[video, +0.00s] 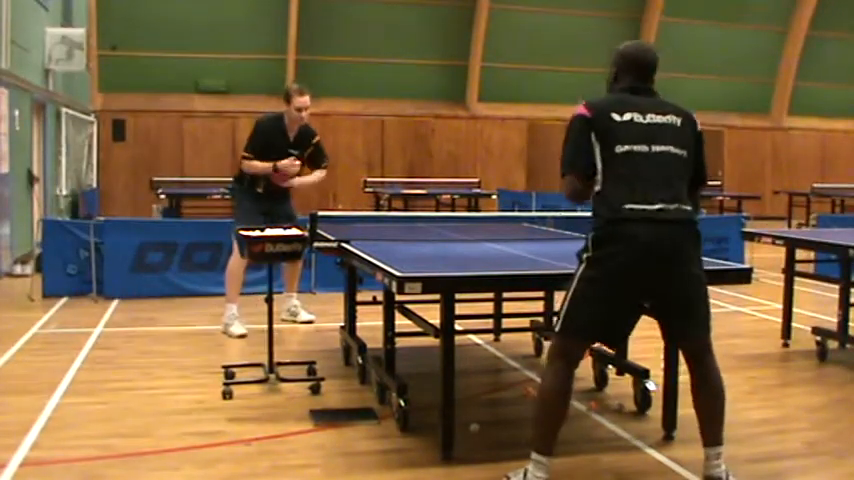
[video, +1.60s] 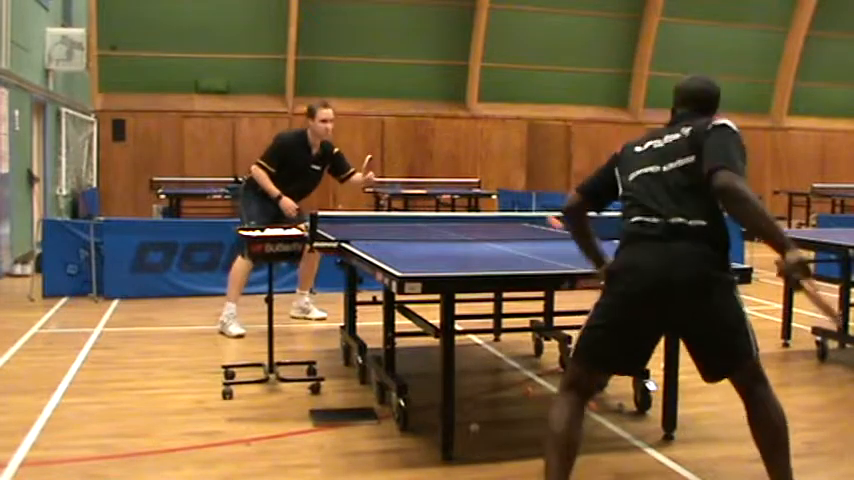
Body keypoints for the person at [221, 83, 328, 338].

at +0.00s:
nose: (304, 115)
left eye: (307, 109)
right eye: (299, 110)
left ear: (311, 108)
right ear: (287, 107)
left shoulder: (308, 134)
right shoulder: (266, 126)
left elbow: (322, 171)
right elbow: (245, 165)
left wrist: (295, 181)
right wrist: (277, 166)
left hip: (280, 192)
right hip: (250, 191)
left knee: (295, 242)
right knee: (243, 247)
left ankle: (291, 304)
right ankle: (231, 313)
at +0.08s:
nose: (302, 114)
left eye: (306, 109)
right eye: (297, 109)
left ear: (309, 108)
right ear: (284, 107)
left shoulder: (307, 135)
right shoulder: (263, 126)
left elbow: (327, 172)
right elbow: (241, 163)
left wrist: (310, 182)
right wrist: (271, 169)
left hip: (277, 194)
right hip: (246, 192)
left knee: (293, 243)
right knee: (241, 250)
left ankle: (291, 303)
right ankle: (231, 314)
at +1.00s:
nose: (309, 132)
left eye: (312, 127)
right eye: (304, 127)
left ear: (314, 128)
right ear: (290, 127)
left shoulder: (307, 154)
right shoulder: (267, 145)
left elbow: (312, 186)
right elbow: (240, 180)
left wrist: (319, 201)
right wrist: (265, 205)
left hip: (275, 205)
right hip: (245, 201)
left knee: (302, 245)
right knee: (243, 252)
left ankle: (300, 302)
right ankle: (220, 316)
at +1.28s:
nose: (327, 144)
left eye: (329, 138)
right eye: (322, 138)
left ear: (330, 138)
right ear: (307, 135)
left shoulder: (318, 163)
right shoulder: (280, 149)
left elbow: (330, 192)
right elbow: (250, 179)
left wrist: (345, 188)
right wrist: (273, 207)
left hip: (275, 207)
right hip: (247, 200)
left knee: (306, 246)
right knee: (244, 253)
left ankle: (300, 303)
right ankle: (220, 317)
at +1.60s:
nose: (329, 126)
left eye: (332, 121)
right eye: (324, 121)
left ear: (334, 123)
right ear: (310, 122)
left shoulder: (328, 151)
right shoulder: (287, 141)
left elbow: (349, 177)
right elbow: (257, 170)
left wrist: (364, 178)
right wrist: (280, 198)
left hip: (285, 203)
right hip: (257, 196)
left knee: (314, 242)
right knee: (251, 248)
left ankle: (302, 302)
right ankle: (228, 314)